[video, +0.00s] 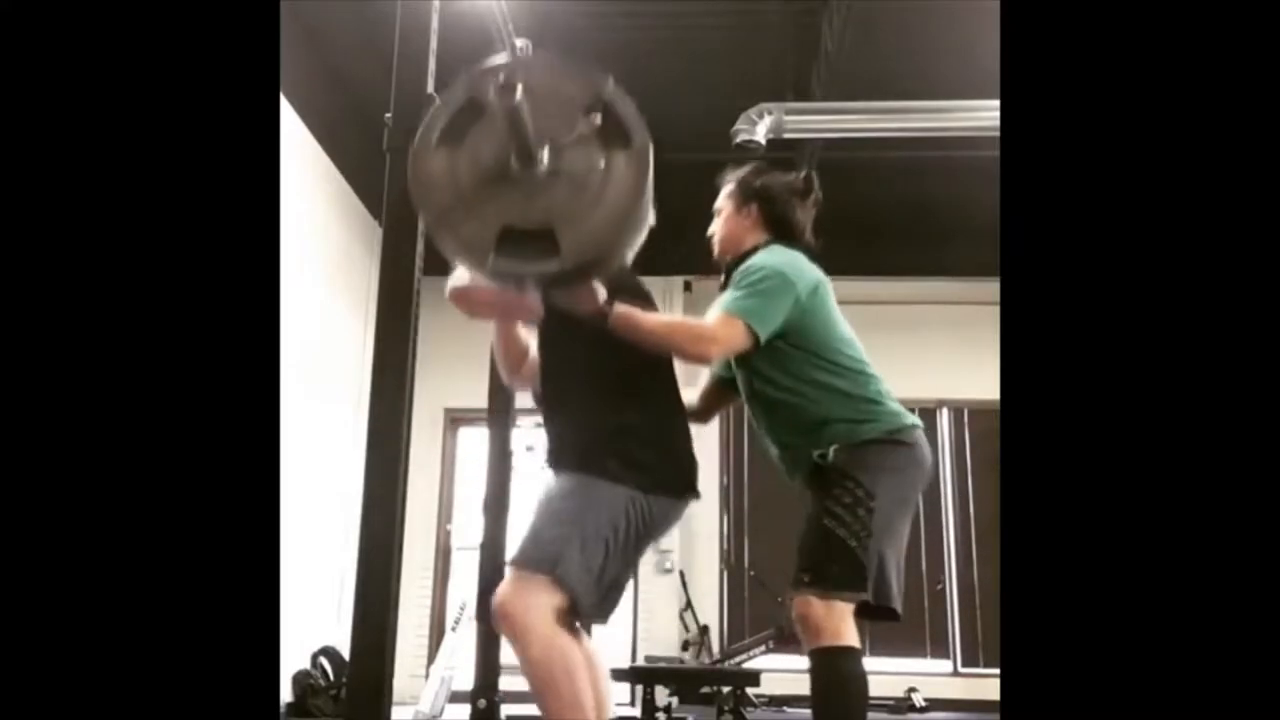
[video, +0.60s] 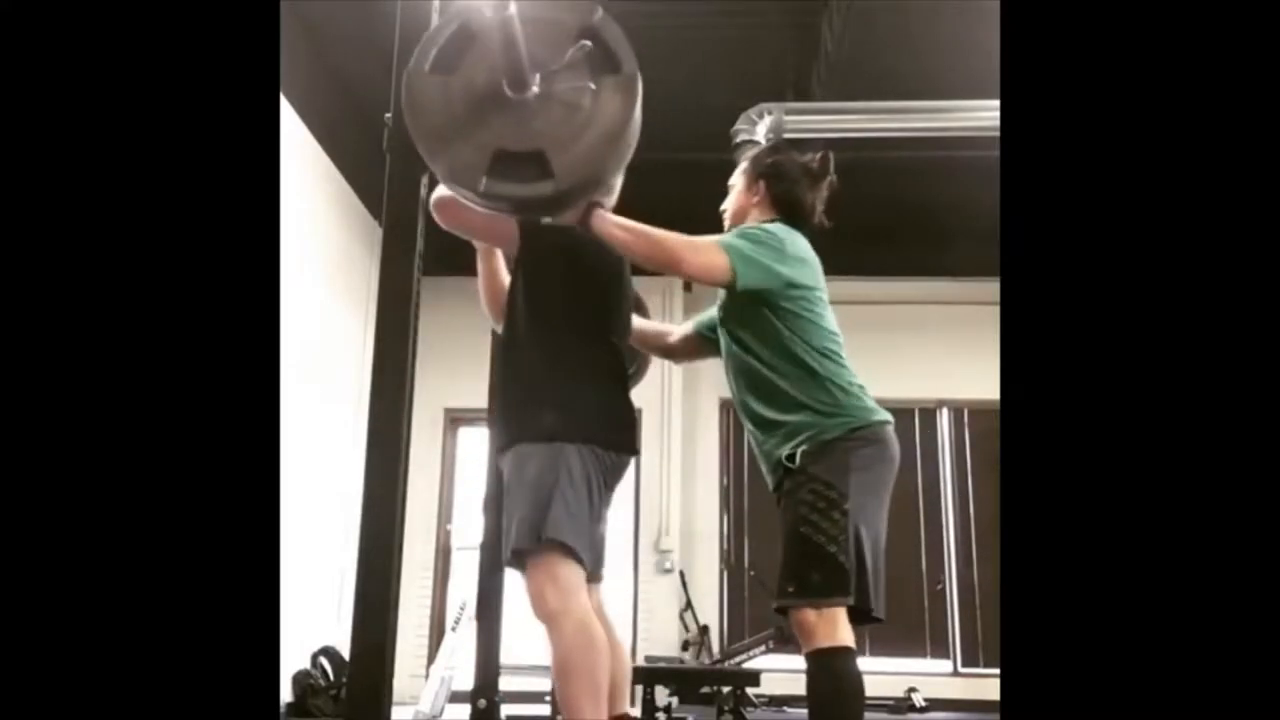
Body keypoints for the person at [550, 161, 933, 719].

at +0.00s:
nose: (710, 225)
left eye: (719, 210)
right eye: (713, 211)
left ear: (753, 213)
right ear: (754, 216)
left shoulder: (778, 268)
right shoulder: (753, 291)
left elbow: (715, 340)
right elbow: (703, 406)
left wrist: (606, 310)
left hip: (876, 448)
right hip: (853, 455)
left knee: (821, 606)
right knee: (818, 610)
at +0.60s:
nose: (725, 196)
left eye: (733, 184)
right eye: (730, 184)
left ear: (758, 191)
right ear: (768, 196)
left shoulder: (778, 243)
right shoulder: (750, 297)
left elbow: (686, 259)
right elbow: (676, 343)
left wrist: (592, 215)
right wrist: (599, 312)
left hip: (842, 445)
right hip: (817, 456)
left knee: (817, 614)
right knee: (814, 617)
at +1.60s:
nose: (650, 201)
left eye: (658, 190)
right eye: (654, 190)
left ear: (686, 196)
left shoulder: (693, 252)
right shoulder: (667, 299)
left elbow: (585, 247)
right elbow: (591, 345)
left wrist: (480, 206)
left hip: (749, 457)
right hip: (750, 461)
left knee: (765, 621)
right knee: (791, 620)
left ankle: (817, 716)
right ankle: (834, 715)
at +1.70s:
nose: (659, 197)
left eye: (667, 187)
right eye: (663, 186)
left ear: (688, 195)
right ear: (718, 203)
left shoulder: (703, 250)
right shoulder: (682, 292)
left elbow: (588, 245)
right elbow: (598, 337)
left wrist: (485, 205)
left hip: (761, 457)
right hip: (754, 463)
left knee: (774, 621)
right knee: (794, 620)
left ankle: (820, 714)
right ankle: (834, 713)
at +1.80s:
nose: (669, 196)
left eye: (678, 183)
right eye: (674, 183)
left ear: (701, 190)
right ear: (727, 198)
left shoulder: (713, 246)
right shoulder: (692, 286)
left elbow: (592, 242)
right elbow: (601, 328)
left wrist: (489, 203)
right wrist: (519, 326)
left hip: (775, 453)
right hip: (762, 459)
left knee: (778, 620)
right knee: (802, 622)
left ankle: (818, 717)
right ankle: (834, 716)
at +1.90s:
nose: (680, 190)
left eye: (688, 176)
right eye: (685, 177)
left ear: (712, 181)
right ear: (734, 189)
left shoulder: (724, 241)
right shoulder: (699, 280)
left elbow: (593, 232)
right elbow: (605, 316)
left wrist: (490, 200)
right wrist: (531, 315)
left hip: (787, 449)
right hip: (779, 454)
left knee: (776, 618)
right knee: (809, 622)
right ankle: (833, 717)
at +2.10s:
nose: (704, 161)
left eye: (713, 147)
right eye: (710, 147)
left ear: (737, 151)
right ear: (759, 161)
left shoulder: (740, 215)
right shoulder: (746, 237)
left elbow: (605, 212)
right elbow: (662, 308)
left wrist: (499, 193)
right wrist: (580, 308)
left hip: (808, 432)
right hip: (813, 433)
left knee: (776, 613)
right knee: (798, 615)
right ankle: (828, 718)